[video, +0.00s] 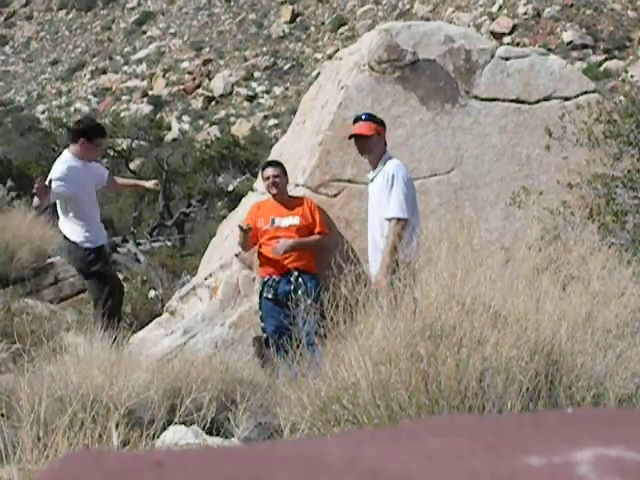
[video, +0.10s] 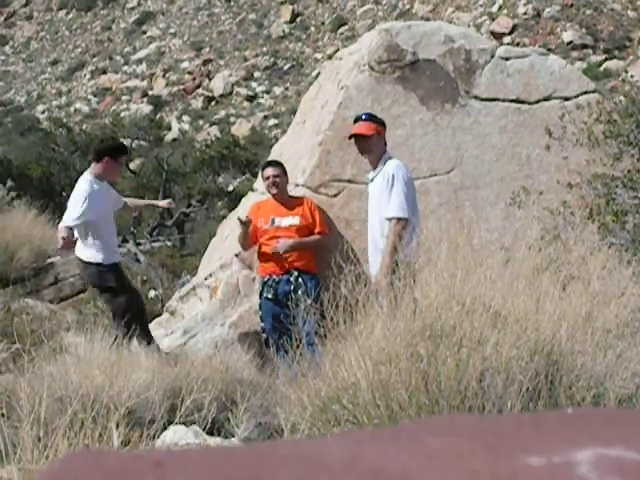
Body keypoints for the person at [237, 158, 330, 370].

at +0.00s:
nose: (272, 181)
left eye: (277, 176)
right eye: (267, 178)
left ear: (286, 179)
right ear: (263, 183)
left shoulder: (306, 205)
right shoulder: (258, 209)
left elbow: (325, 237)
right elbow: (247, 247)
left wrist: (293, 244)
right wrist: (244, 235)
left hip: (304, 276)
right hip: (272, 278)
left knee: (310, 332)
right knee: (276, 335)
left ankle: (317, 378)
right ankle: (288, 380)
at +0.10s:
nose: (272, 181)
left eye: (277, 176)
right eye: (267, 178)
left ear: (286, 179)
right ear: (263, 183)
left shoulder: (306, 205)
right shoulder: (258, 209)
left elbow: (325, 237)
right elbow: (246, 246)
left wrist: (293, 244)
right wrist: (245, 229)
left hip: (303, 278)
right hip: (272, 280)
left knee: (309, 332)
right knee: (276, 335)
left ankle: (316, 377)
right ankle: (288, 379)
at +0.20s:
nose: (272, 181)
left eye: (277, 176)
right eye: (267, 178)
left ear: (286, 178)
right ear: (263, 183)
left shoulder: (306, 205)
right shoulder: (258, 209)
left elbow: (324, 237)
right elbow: (246, 245)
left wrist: (293, 244)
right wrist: (245, 224)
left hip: (303, 277)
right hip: (272, 280)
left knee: (310, 333)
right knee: (278, 337)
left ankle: (315, 379)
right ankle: (288, 381)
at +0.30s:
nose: (272, 181)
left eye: (276, 176)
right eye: (267, 178)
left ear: (286, 178)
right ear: (263, 183)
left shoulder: (306, 205)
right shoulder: (258, 209)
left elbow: (324, 236)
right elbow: (245, 244)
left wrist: (294, 244)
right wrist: (244, 221)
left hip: (304, 276)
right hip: (272, 278)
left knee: (309, 333)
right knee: (278, 337)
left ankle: (315, 380)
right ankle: (288, 383)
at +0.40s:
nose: (272, 181)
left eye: (276, 176)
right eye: (267, 178)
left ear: (286, 178)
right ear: (263, 183)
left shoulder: (306, 205)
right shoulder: (258, 209)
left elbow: (324, 237)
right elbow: (246, 243)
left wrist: (293, 243)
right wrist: (245, 221)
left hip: (303, 277)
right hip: (272, 280)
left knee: (309, 334)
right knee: (279, 337)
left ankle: (315, 381)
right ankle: (289, 384)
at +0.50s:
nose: (272, 181)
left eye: (276, 176)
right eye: (267, 178)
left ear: (285, 178)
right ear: (263, 183)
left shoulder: (306, 205)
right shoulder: (258, 210)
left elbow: (324, 236)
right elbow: (246, 243)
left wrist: (294, 243)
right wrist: (245, 221)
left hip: (303, 276)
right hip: (272, 279)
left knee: (309, 332)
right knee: (279, 336)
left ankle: (315, 379)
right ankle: (288, 382)